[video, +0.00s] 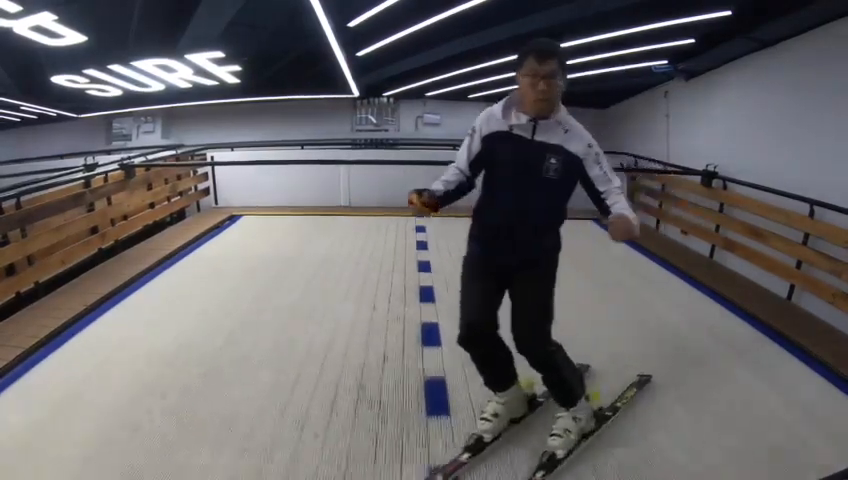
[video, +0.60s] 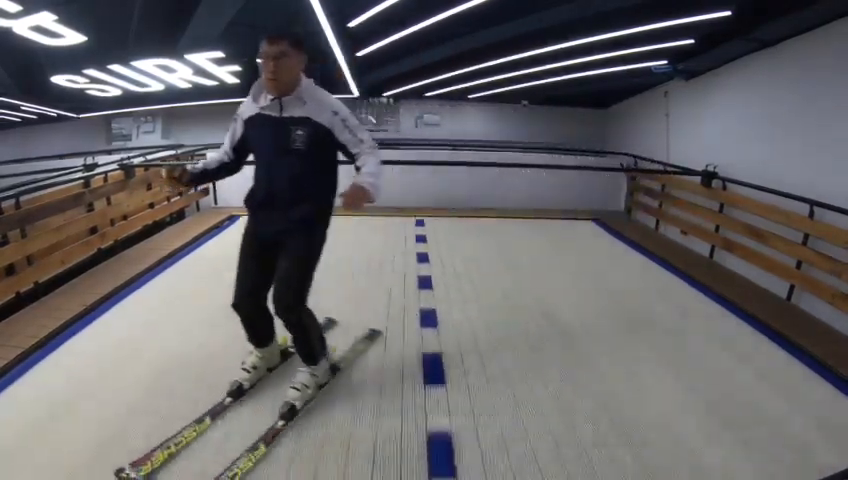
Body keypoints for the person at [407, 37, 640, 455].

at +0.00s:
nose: (542, 86)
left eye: (551, 78)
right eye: (533, 77)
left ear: (563, 83)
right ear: (518, 80)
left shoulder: (576, 139)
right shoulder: (489, 122)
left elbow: (608, 191)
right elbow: (462, 172)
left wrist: (620, 214)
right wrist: (434, 196)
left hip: (536, 253)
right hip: (485, 247)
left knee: (531, 340)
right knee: (474, 332)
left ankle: (575, 403)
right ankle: (509, 395)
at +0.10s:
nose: (499, 84)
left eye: (509, 75)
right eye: (491, 75)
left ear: (524, 78)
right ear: (479, 77)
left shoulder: (540, 137)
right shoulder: (454, 121)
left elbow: (573, 189)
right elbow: (427, 173)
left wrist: (579, 216)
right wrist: (395, 194)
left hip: (501, 250)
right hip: (452, 243)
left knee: (492, 336)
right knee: (434, 326)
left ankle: (541, 408)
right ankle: (467, 390)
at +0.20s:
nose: (453, 81)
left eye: (462, 72)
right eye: (445, 73)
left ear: (478, 75)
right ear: (433, 76)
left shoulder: (497, 131)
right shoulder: (413, 119)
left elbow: (532, 186)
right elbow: (387, 171)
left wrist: (533, 212)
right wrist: (352, 190)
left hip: (461, 248)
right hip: (413, 240)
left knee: (448, 333)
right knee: (392, 323)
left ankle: (500, 407)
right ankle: (425, 383)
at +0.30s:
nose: (402, 76)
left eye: (412, 67)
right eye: (395, 68)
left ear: (431, 68)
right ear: (386, 70)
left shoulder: (450, 124)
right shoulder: (369, 116)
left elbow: (489, 178)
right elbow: (345, 165)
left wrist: (490, 204)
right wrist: (307, 184)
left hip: (419, 240)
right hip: (372, 234)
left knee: (408, 326)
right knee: (351, 314)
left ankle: (459, 402)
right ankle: (384, 375)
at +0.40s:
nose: (355, 67)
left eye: (365, 58)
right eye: (349, 59)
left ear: (386, 63)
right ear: (342, 64)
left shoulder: (404, 113)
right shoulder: (325, 108)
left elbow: (441, 161)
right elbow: (303, 158)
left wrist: (446, 190)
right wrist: (266, 177)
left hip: (377, 229)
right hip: (331, 225)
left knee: (372, 314)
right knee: (313, 307)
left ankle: (420, 387)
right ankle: (343, 367)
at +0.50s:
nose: (310, 64)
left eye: (321, 56)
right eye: (304, 56)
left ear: (342, 59)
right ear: (298, 59)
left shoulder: (362, 108)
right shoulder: (286, 105)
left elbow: (402, 153)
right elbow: (263, 155)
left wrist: (403, 184)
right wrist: (225, 174)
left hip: (339, 221)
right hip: (294, 218)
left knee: (326, 303)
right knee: (279, 301)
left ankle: (369, 371)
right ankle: (305, 357)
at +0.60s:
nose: (270, 67)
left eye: (280, 58)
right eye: (265, 59)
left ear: (302, 62)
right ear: (259, 63)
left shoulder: (324, 107)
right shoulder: (251, 109)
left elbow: (369, 153)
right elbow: (230, 158)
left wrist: (366, 184)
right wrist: (191, 175)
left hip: (307, 220)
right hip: (262, 217)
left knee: (287, 302)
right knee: (246, 300)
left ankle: (317, 364)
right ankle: (267, 350)